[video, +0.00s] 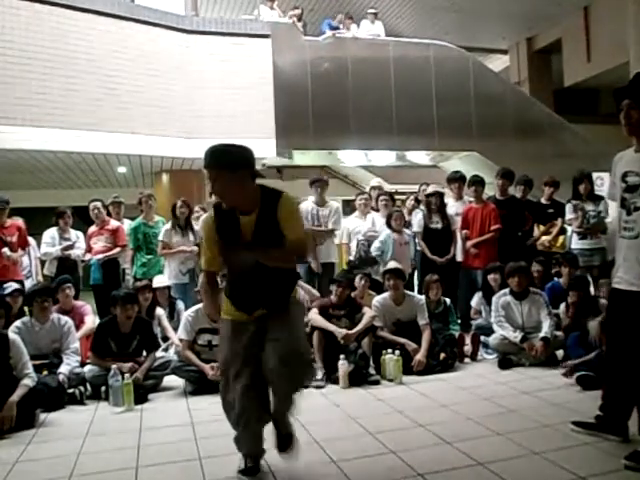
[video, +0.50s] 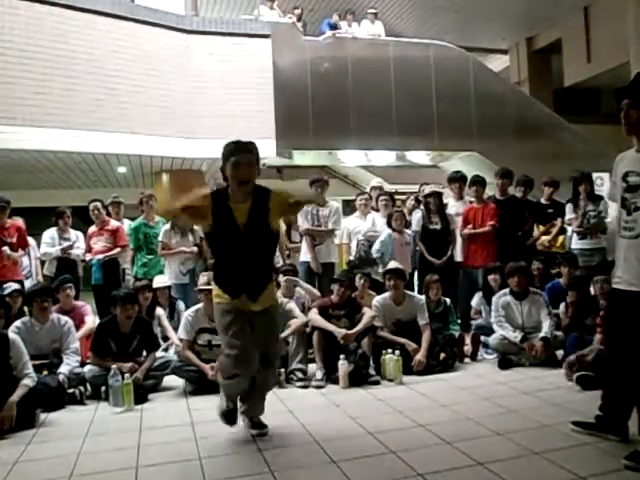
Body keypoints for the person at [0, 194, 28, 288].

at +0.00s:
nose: (2, 213)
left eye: (4, 210)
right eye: (1, 210)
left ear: (8, 209)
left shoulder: (17, 225)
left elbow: (23, 247)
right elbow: (3, 248)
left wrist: (17, 255)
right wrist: (7, 254)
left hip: (14, 275)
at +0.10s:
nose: (2, 215)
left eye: (4, 211)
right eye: (1, 211)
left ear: (7, 210)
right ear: (1, 211)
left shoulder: (18, 225)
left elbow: (23, 247)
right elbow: (3, 248)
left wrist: (17, 255)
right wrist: (7, 254)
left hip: (14, 275)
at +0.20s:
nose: (3, 217)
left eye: (4, 214)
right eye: (1, 214)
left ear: (7, 211)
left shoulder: (17, 226)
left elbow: (23, 248)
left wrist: (15, 256)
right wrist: (7, 254)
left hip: (14, 276)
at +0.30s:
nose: (3, 217)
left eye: (4, 213)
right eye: (1, 213)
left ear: (8, 211)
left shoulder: (17, 226)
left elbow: (23, 249)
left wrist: (13, 255)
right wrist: (9, 254)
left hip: (13, 276)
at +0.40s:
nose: (2, 216)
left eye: (4, 212)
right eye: (1, 212)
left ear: (8, 210)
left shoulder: (17, 226)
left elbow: (24, 248)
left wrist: (14, 255)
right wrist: (9, 254)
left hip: (13, 275)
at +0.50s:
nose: (2, 215)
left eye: (4, 211)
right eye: (1, 212)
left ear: (8, 210)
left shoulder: (17, 226)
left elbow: (24, 248)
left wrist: (14, 255)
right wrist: (8, 254)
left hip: (13, 275)